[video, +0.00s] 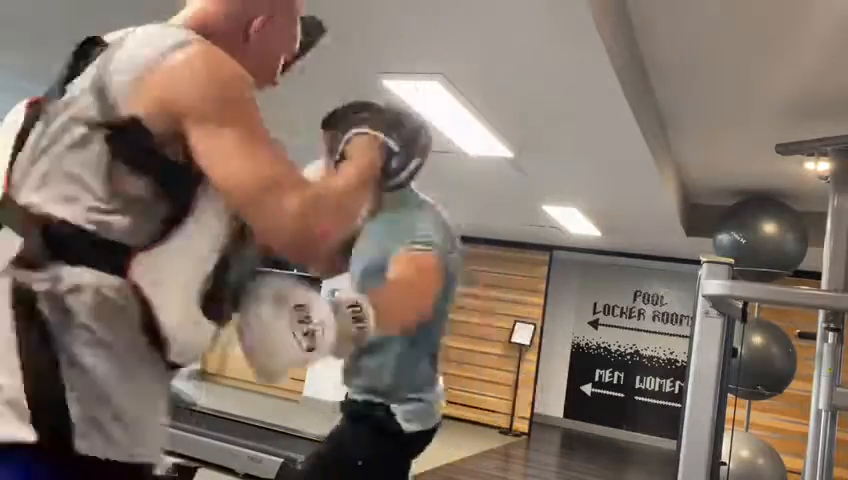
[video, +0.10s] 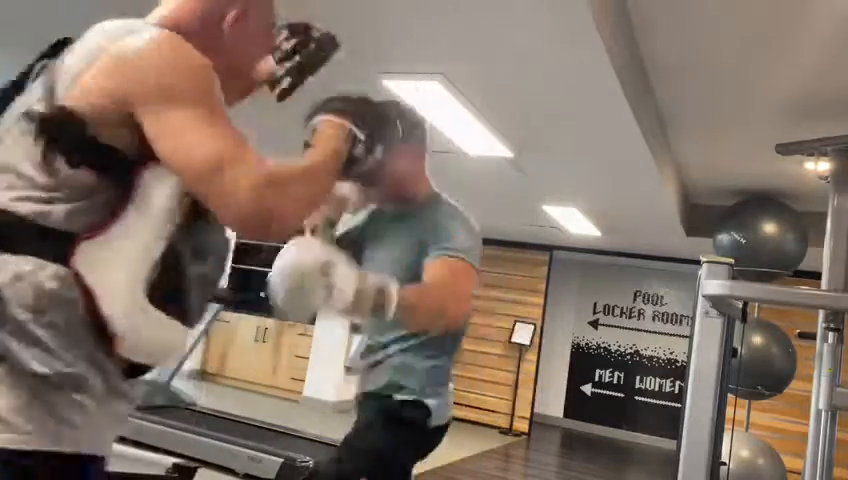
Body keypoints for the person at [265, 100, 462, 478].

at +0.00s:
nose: (326, 168)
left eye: (335, 155)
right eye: (327, 155)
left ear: (369, 157)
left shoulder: (418, 222)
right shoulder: (373, 220)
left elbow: (411, 299)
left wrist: (326, 320)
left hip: (393, 413)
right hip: (370, 403)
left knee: (316, 473)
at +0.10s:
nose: (363, 172)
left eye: (375, 157)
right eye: (360, 159)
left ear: (412, 155)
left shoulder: (447, 222)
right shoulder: (370, 222)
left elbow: (450, 304)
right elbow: (315, 273)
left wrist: (364, 292)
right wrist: (323, 219)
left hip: (412, 404)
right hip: (373, 395)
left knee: (343, 471)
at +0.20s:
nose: (388, 162)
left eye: (402, 149)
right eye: (385, 150)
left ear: (440, 151)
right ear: (381, 150)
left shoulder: (476, 220)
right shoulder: (398, 214)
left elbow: (471, 296)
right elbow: (331, 263)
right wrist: (354, 204)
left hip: (431, 396)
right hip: (394, 386)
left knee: (368, 471)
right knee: (415, 475)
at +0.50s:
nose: (412, 179)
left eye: (424, 166)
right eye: (408, 167)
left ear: (460, 169)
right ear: (404, 170)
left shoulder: (496, 232)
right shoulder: (421, 228)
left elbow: (485, 315)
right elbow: (364, 288)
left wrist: (421, 256)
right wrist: (368, 232)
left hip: (471, 400)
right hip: (429, 395)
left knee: (393, 474)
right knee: (428, 475)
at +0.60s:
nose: (393, 169)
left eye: (406, 156)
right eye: (389, 157)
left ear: (443, 158)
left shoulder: (476, 216)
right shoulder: (420, 220)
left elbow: (490, 282)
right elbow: (392, 298)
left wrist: (419, 241)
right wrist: (378, 247)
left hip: (465, 399)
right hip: (437, 394)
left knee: (386, 474)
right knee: (446, 475)